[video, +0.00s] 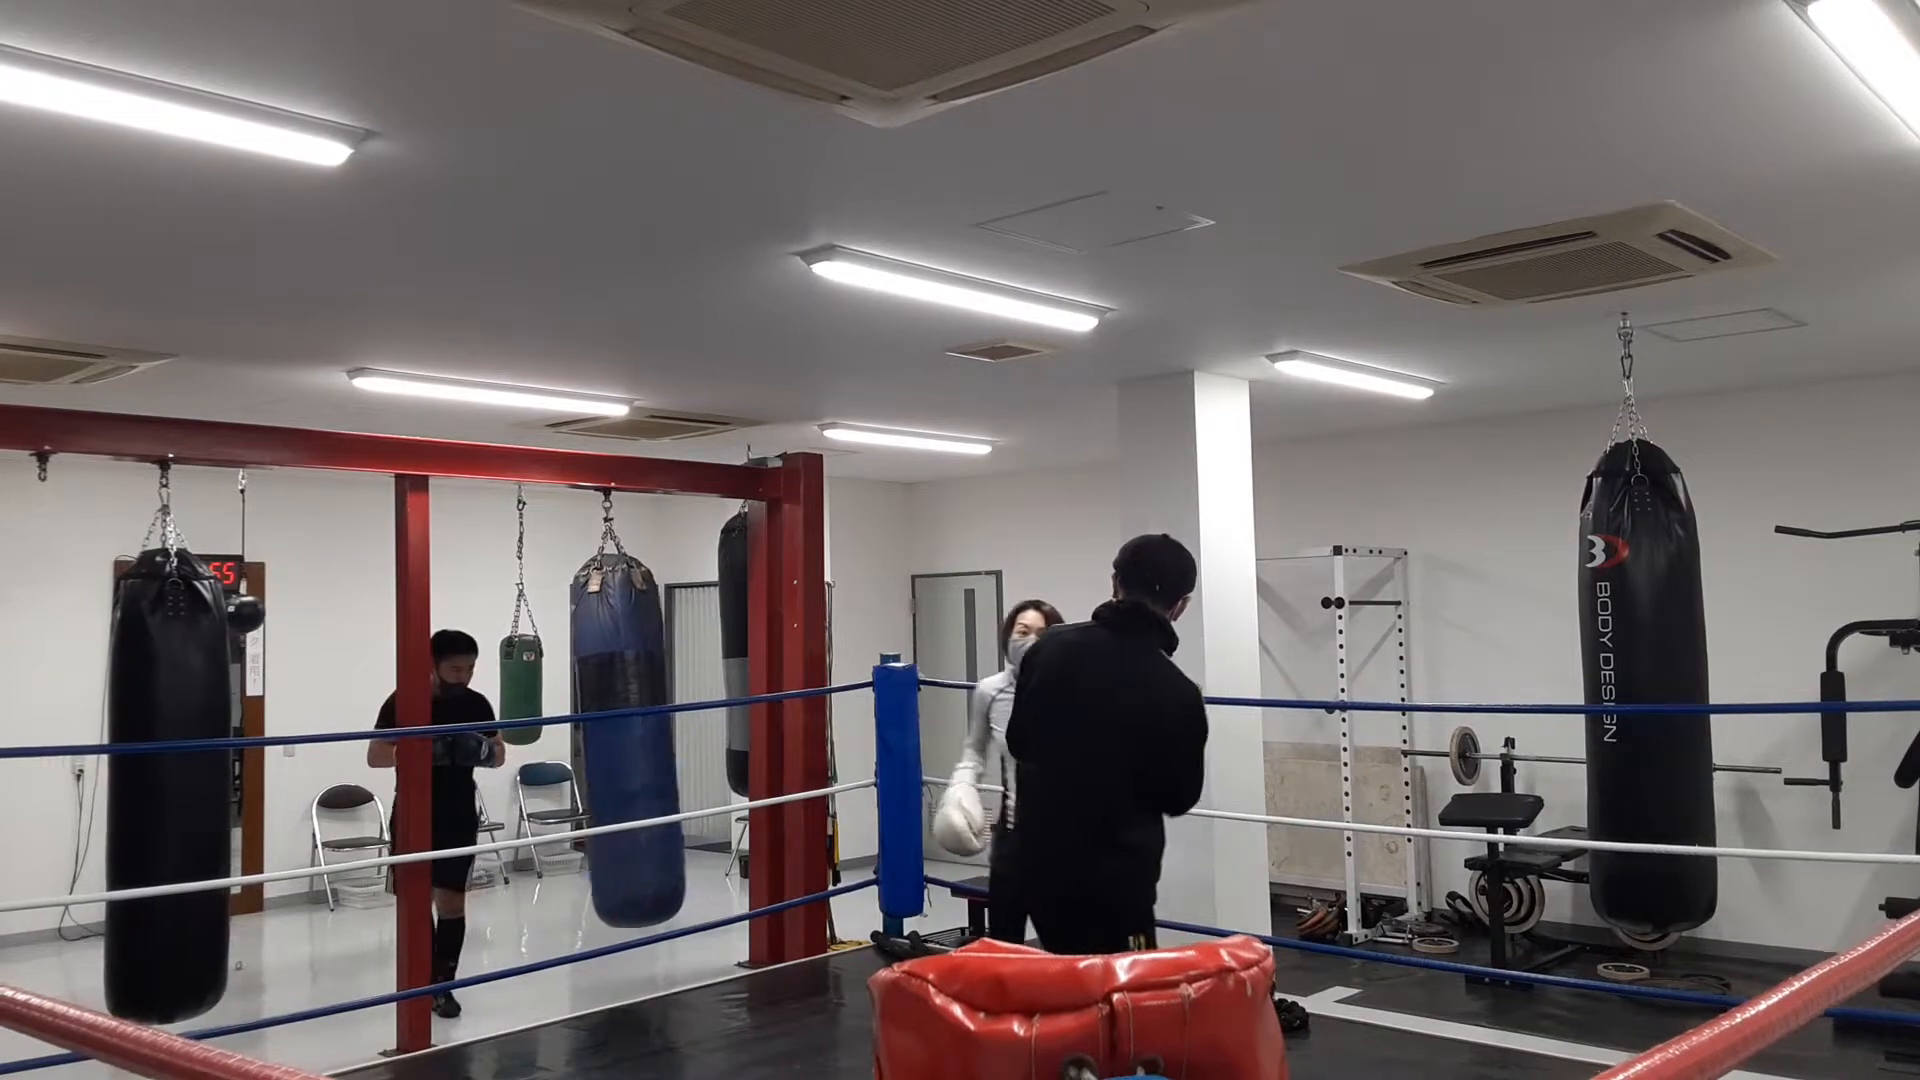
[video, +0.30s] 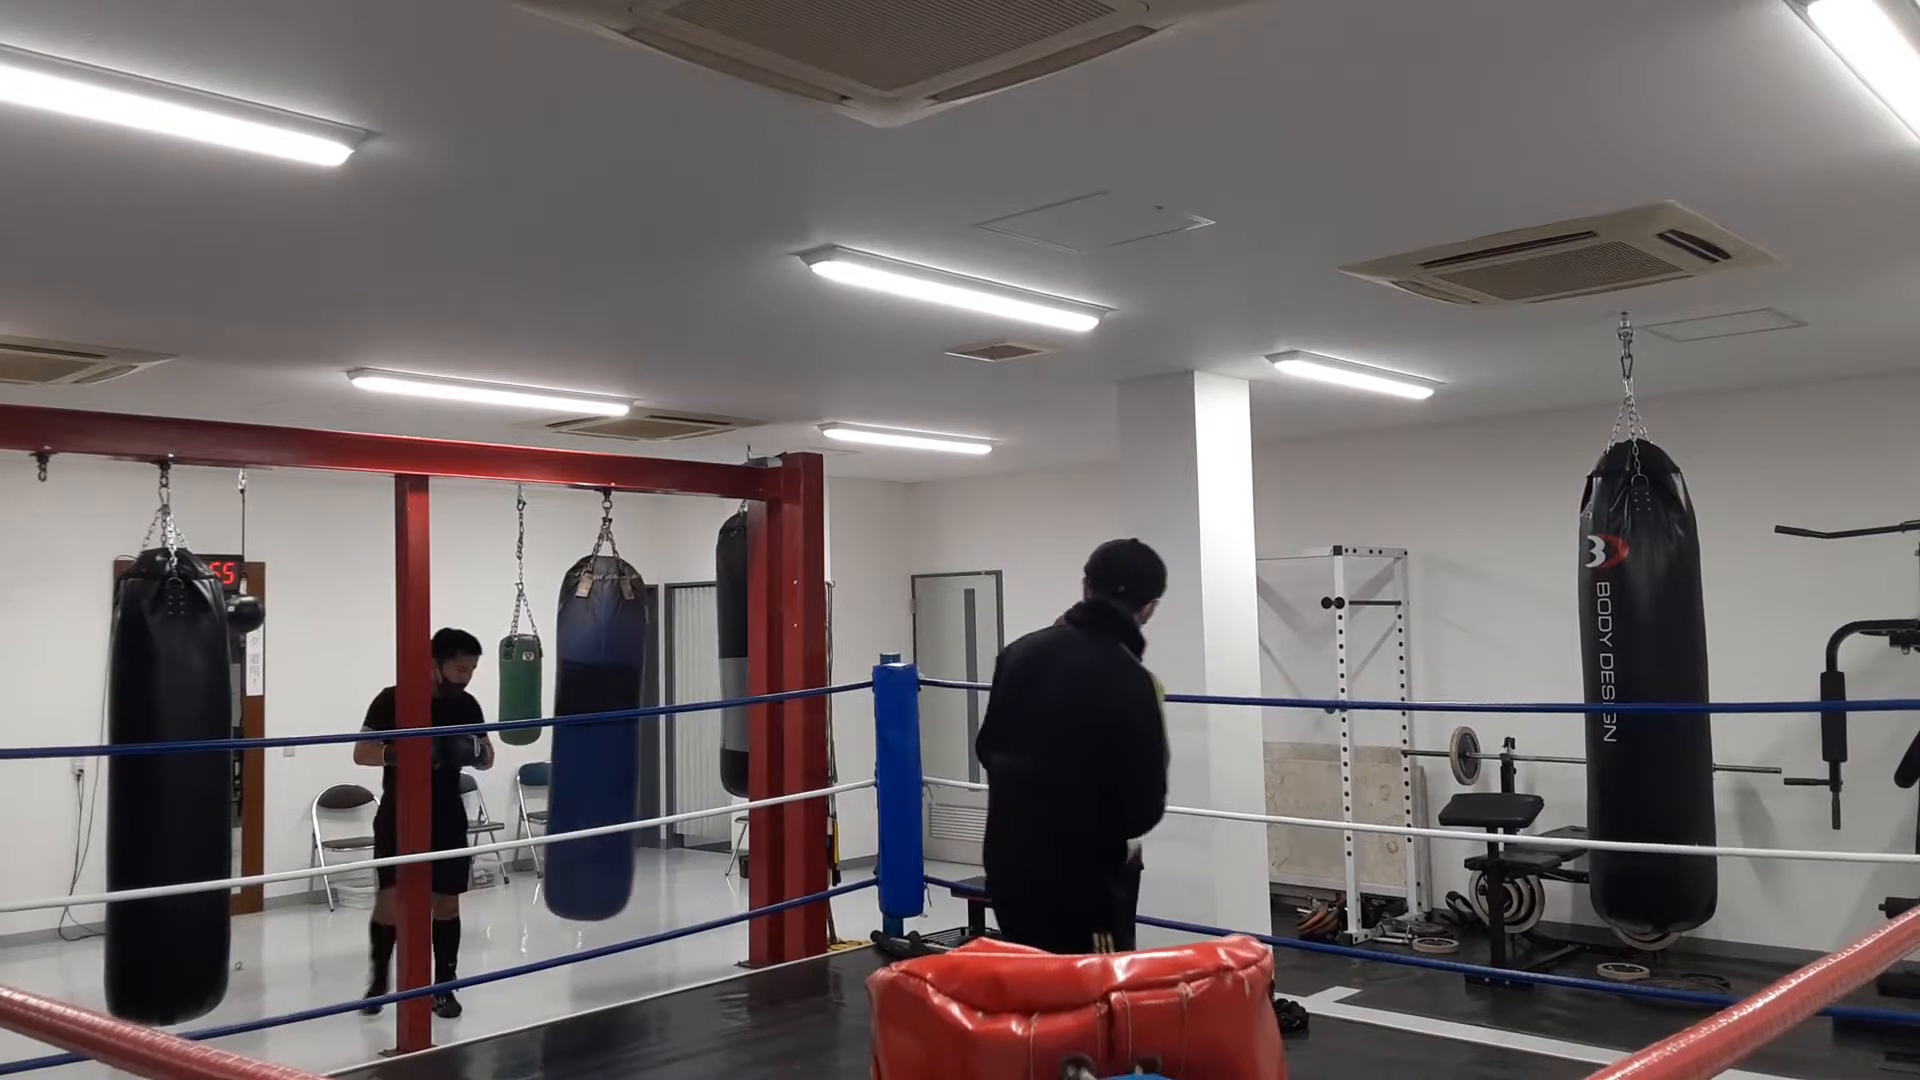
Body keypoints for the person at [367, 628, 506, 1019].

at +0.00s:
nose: (463, 677)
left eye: (469, 669)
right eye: (455, 670)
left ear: (474, 666)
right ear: (433, 665)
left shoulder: (475, 704)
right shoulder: (404, 701)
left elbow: (499, 754)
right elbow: (375, 756)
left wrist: (479, 748)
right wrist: (423, 749)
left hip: (458, 812)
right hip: (411, 814)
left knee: (451, 899)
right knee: (414, 901)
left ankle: (444, 986)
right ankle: (422, 986)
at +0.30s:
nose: (466, 678)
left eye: (470, 670)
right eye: (460, 669)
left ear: (472, 666)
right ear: (435, 664)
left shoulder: (465, 705)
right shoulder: (393, 699)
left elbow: (487, 758)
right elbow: (363, 753)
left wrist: (473, 750)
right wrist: (408, 751)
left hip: (446, 812)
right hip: (398, 813)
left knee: (447, 899)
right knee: (390, 897)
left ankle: (444, 986)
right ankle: (378, 981)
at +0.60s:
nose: (440, 675)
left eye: (442, 666)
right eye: (435, 666)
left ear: (437, 666)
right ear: (409, 663)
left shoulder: (428, 703)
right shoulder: (365, 706)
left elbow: (453, 749)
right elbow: (346, 762)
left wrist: (445, 746)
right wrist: (396, 756)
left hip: (422, 816)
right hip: (378, 820)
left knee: (434, 900)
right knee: (370, 905)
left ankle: (443, 982)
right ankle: (343, 994)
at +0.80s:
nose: (400, 677)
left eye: (401, 670)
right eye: (395, 670)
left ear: (390, 672)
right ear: (374, 670)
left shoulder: (398, 709)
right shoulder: (333, 714)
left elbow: (424, 755)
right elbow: (318, 775)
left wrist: (409, 765)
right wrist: (370, 770)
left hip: (390, 825)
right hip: (343, 829)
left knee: (408, 905)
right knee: (336, 915)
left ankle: (433, 984)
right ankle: (332, 1004)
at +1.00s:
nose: (386, 667)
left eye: (387, 659)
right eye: (379, 660)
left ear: (369, 665)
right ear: (353, 665)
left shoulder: (380, 706)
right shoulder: (319, 714)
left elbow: (386, 762)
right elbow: (298, 775)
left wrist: (402, 760)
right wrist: (351, 775)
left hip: (373, 816)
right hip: (331, 821)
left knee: (391, 899)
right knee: (334, 908)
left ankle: (379, 981)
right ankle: (333, 1002)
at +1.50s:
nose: (377, 668)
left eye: (378, 660)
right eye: (370, 661)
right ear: (343, 663)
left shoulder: (364, 707)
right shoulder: (310, 708)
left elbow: (354, 756)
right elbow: (287, 764)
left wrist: (380, 758)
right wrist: (342, 771)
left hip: (342, 812)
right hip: (307, 813)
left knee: (331, 900)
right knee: (316, 902)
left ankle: (317, 985)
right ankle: (321, 990)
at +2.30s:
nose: (382, 682)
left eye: (385, 675)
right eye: (375, 674)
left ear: (383, 673)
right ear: (350, 671)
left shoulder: (372, 715)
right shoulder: (310, 711)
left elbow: (367, 762)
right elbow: (285, 767)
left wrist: (386, 769)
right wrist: (335, 772)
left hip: (347, 820)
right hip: (304, 820)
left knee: (361, 905)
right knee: (298, 910)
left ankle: (377, 991)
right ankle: (293, 997)